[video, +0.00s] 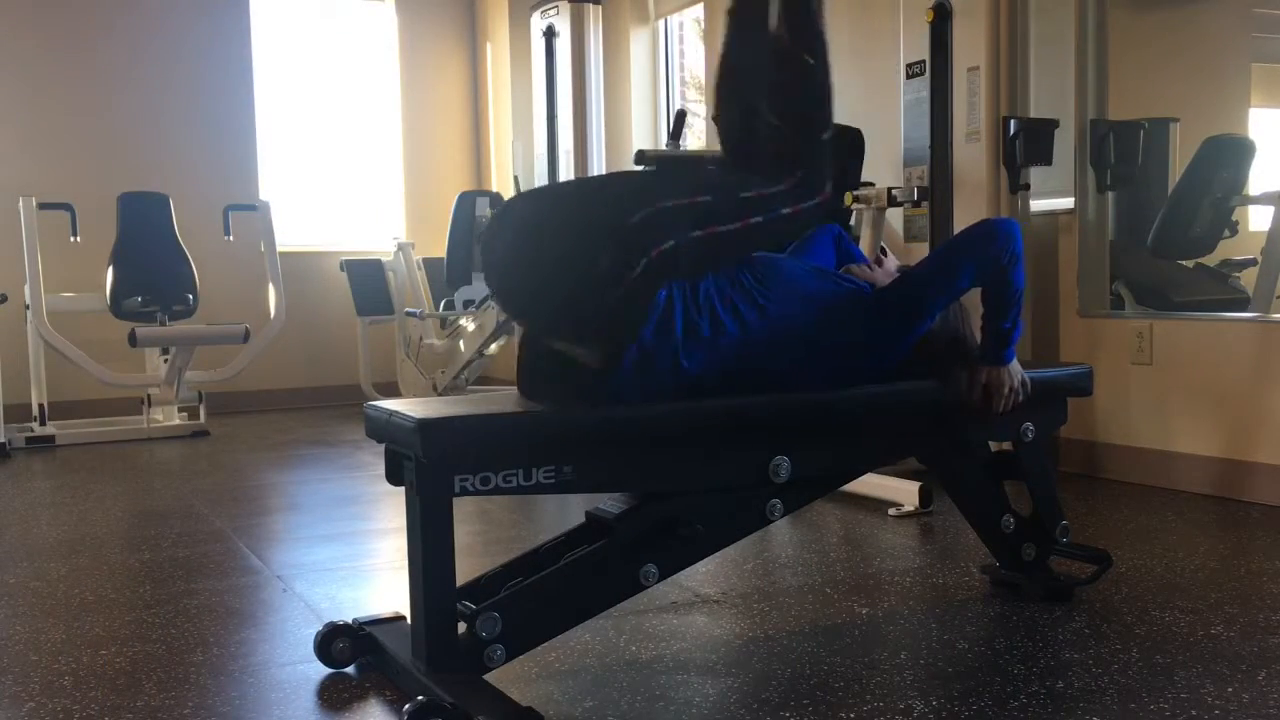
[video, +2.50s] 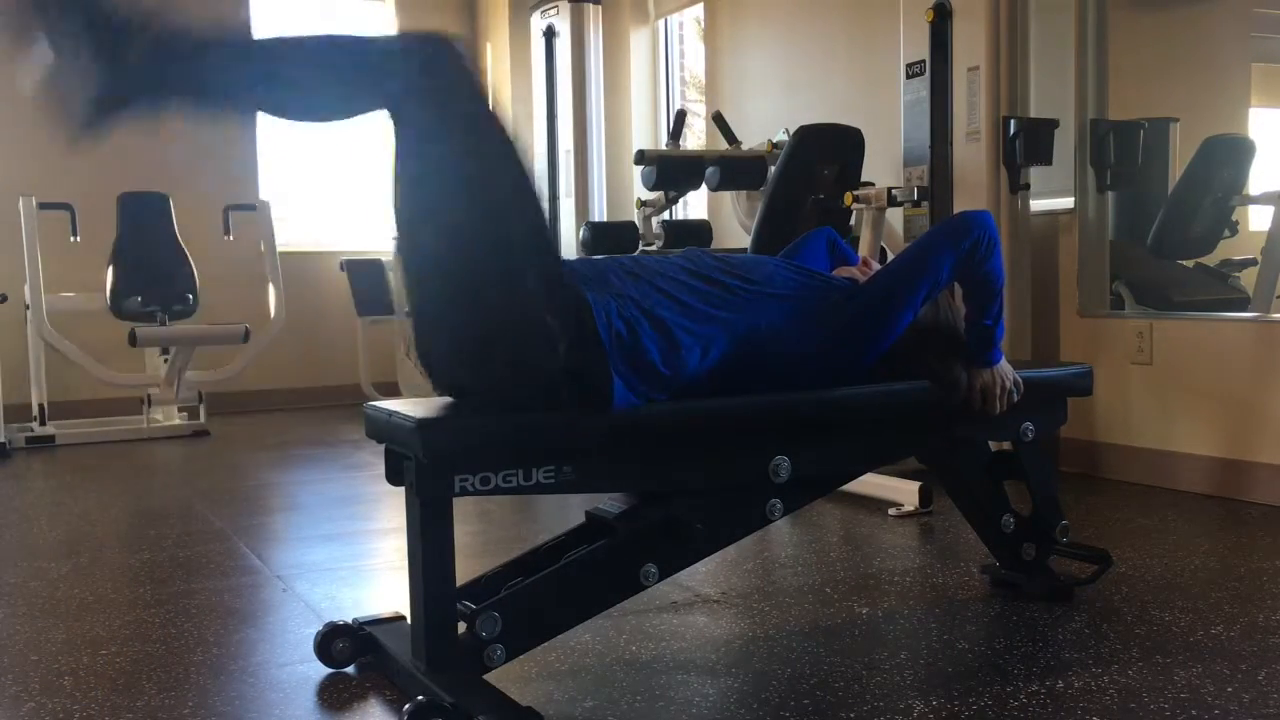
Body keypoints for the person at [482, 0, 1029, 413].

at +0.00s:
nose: (890, 254)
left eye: (902, 269)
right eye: (898, 257)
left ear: (910, 311)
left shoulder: (879, 330)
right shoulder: (839, 277)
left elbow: (998, 237)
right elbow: (817, 215)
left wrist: (1001, 352)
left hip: (607, 320)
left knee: (802, 181)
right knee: (776, 171)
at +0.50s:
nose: (877, 256)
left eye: (893, 269)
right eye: (882, 254)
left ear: (903, 313)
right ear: (859, 273)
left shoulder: (870, 331)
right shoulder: (808, 286)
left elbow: (989, 232)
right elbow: (827, 229)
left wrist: (998, 353)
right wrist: (870, 267)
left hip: (558, 349)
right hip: (527, 329)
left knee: (678, 127)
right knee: (681, 129)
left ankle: (533, 9)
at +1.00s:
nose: (870, 244)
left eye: (889, 249)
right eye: (870, 237)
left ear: (899, 298)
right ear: (850, 259)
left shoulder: (855, 329)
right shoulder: (800, 292)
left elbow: (992, 235)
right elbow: (824, 200)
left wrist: (986, 349)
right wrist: (870, 249)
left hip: (539, 356)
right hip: (531, 326)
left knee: (452, 64)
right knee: (451, 63)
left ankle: (156, 98)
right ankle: (169, 80)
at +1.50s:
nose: (873, 250)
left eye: (890, 259)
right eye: (876, 245)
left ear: (894, 294)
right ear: (856, 261)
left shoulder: (855, 323)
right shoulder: (787, 286)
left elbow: (983, 227)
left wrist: (984, 348)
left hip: (545, 350)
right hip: (525, 308)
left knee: (244, 216)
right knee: (272, 205)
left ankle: (39, 435)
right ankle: (172, 287)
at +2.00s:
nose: (879, 253)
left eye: (893, 261)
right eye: (887, 251)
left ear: (895, 295)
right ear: (863, 269)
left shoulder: (859, 321)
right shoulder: (783, 292)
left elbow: (978, 222)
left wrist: (983, 356)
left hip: (551, 346)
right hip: (513, 304)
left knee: (231, 365)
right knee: (247, 343)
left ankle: (61, 617)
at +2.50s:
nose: (859, 242)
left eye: (870, 246)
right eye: (853, 233)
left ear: (879, 282)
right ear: (829, 248)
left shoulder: (837, 317)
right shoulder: (776, 284)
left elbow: (976, 231)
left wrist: (968, 339)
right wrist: (871, 237)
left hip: (542, 357)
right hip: (526, 329)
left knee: (430, 71)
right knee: (430, 73)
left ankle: (143, 71)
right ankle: (153, 58)